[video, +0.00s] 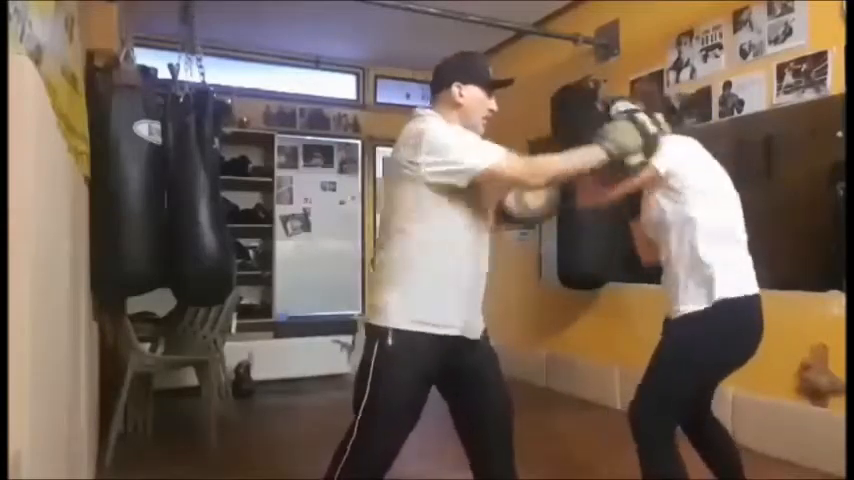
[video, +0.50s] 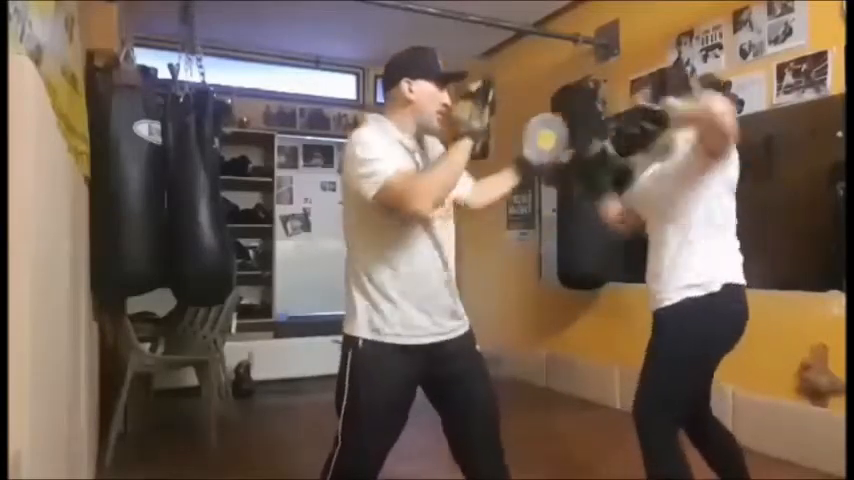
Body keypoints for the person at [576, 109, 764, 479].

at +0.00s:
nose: (620, 146)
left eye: (622, 136)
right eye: (617, 138)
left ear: (637, 132)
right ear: (656, 124)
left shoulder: (672, 148)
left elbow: (591, 196)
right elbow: (650, 255)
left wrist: (601, 150)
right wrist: (630, 195)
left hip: (708, 319)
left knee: (648, 415)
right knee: (693, 413)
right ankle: (734, 474)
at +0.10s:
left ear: (628, 131)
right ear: (653, 127)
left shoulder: (666, 153)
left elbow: (610, 211)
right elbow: (648, 259)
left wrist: (604, 166)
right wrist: (628, 210)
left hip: (708, 319)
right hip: (730, 316)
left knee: (649, 418)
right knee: (691, 414)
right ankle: (734, 473)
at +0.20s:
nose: (627, 127)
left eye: (635, 117)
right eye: (625, 119)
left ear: (665, 113)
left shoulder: (701, 156)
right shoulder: (648, 165)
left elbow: (665, 230)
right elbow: (611, 231)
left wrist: (647, 172)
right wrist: (605, 181)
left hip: (716, 313)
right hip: (672, 317)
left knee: (654, 418)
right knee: (699, 419)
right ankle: (730, 473)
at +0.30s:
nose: (631, 125)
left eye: (638, 115)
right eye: (628, 117)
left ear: (671, 111)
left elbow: (704, 219)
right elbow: (567, 169)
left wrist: (670, 159)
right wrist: (558, 126)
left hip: (716, 312)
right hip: (667, 317)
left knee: (656, 416)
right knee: (705, 420)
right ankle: (738, 475)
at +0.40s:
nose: (634, 124)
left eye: (640, 113)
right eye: (630, 116)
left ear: (669, 110)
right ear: (631, 121)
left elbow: (734, 179)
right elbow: (585, 172)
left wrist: (680, 139)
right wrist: (570, 146)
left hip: (713, 310)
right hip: (663, 315)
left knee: (656, 417)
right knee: (697, 419)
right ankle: (736, 473)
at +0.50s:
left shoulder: (708, 152)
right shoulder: (653, 175)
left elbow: (719, 117)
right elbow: (627, 221)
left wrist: (668, 111)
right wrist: (602, 188)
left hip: (707, 302)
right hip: (677, 307)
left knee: (652, 414)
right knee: (694, 414)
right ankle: (737, 473)